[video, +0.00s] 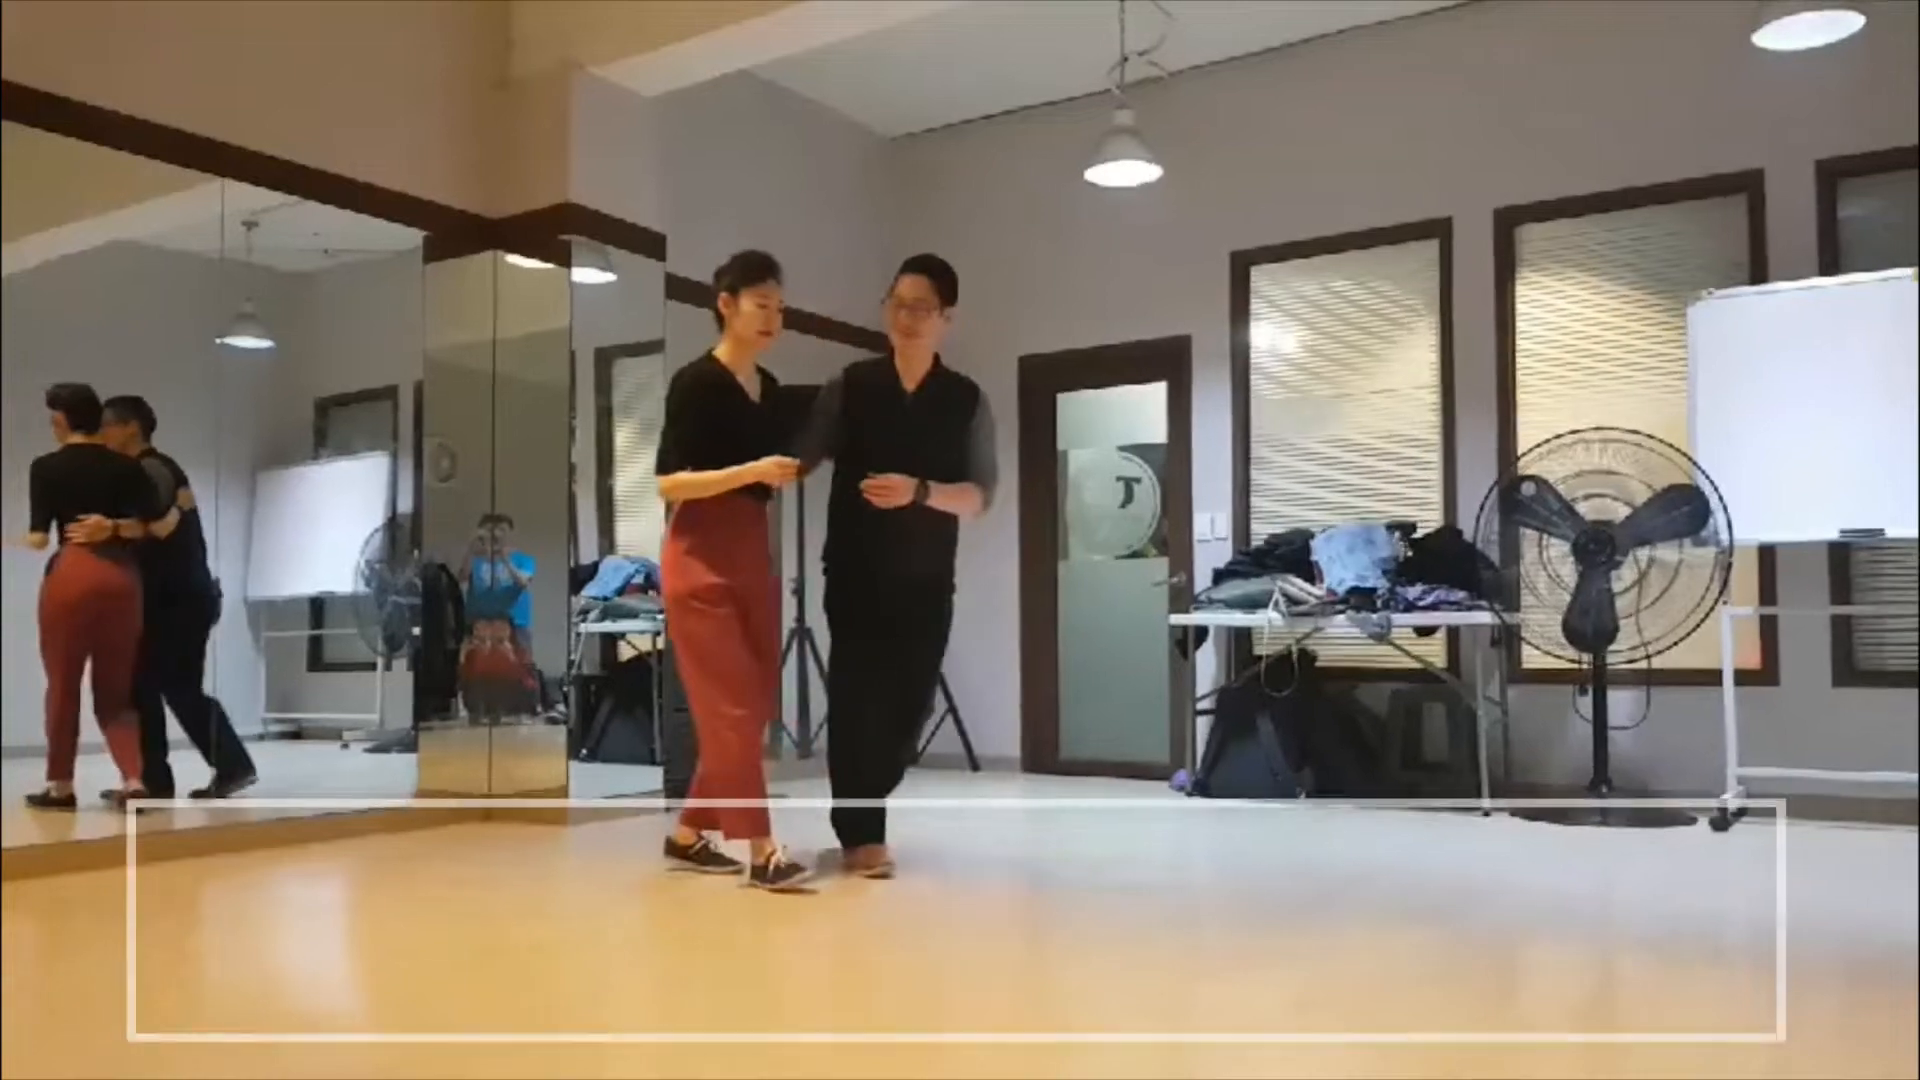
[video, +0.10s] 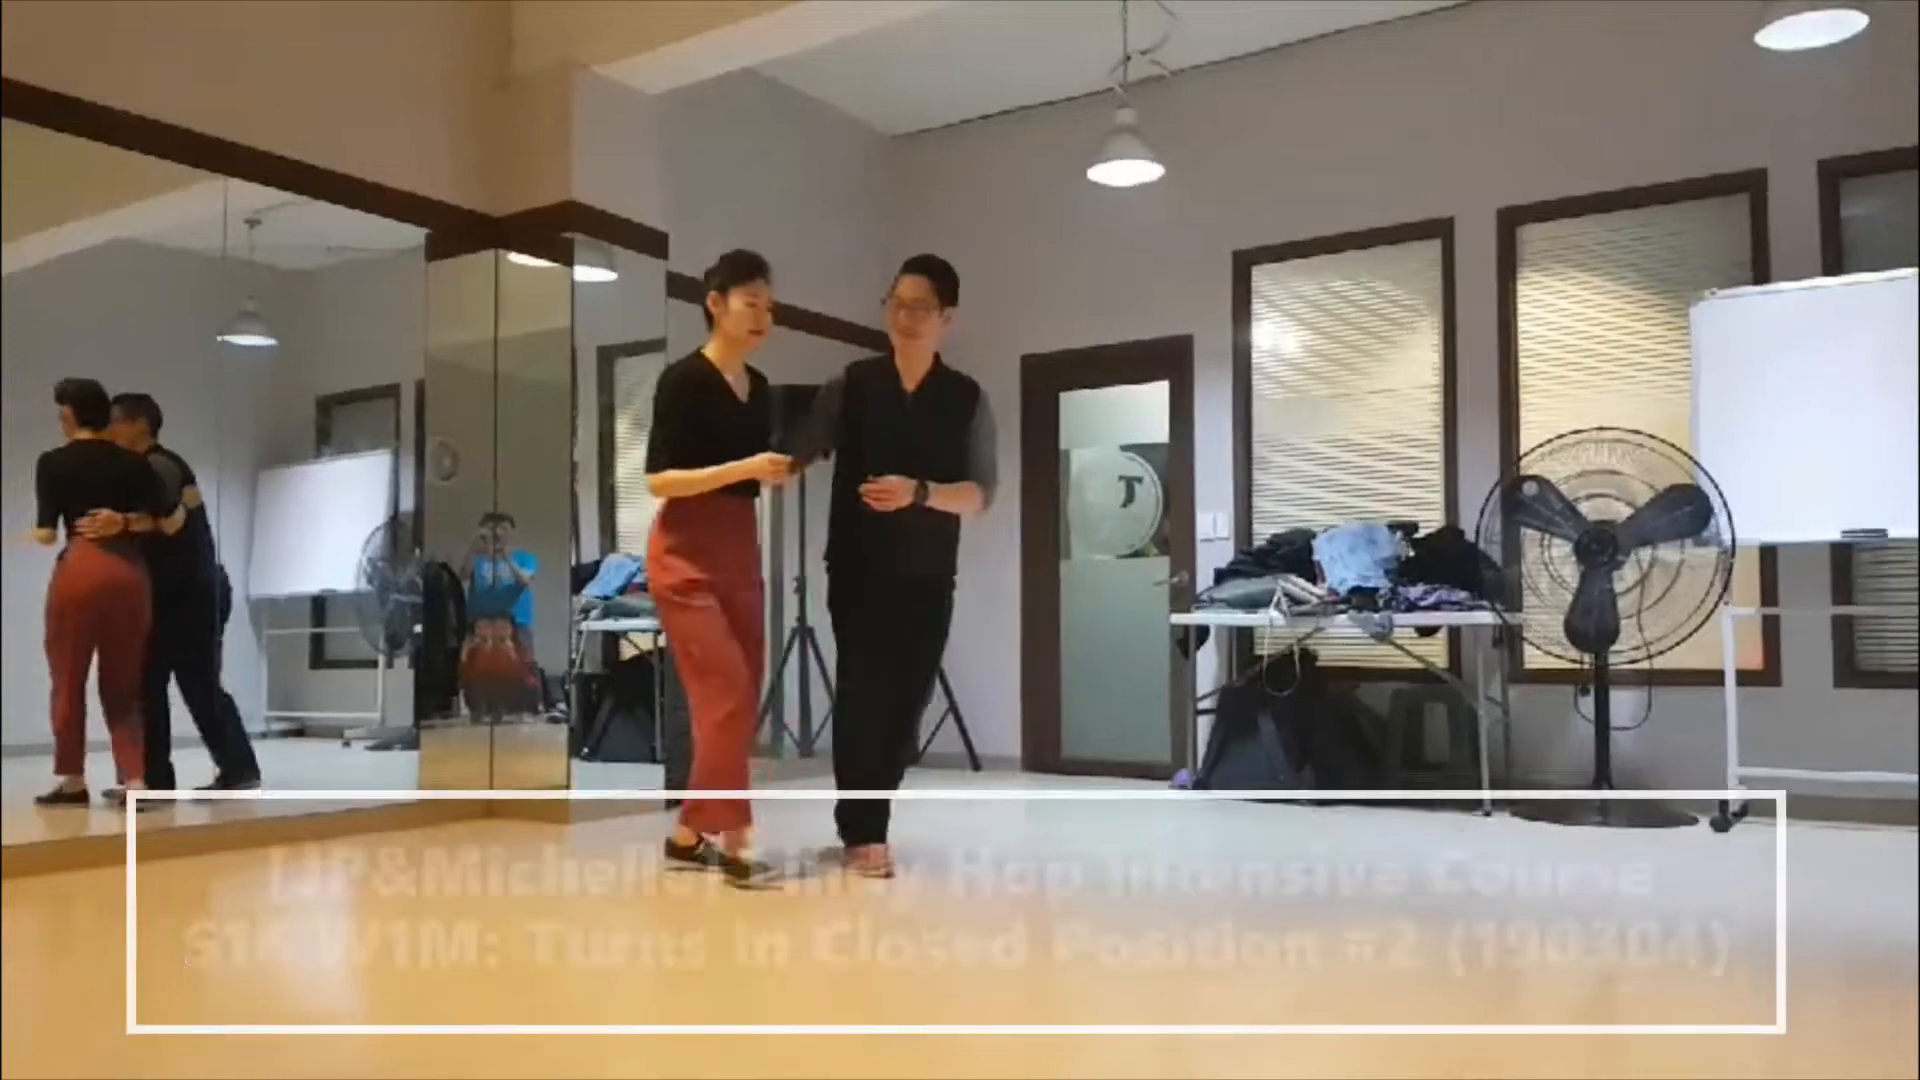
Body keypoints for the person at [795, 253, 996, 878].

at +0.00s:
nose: (906, 316)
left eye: (920, 307)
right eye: (898, 303)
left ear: (946, 317)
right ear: (884, 310)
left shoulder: (966, 398)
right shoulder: (850, 384)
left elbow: (978, 497)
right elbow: (800, 458)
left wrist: (917, 491)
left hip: (924, 574)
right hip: (854, 568)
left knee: (908, 701)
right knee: (856, 694)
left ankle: (860, 817)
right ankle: (862, 839)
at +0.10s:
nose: (906, 315)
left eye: (920, 306)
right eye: (898, 303)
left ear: (947, 317)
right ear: (884, 310)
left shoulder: (967, 397)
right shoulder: (851, 383)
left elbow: (979, 495)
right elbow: (797, 452)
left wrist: (917, 492)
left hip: (926, 571)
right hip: (857, 566)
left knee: (904, 699)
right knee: (863, 691)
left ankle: (866, 825)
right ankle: (863, 836)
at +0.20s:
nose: (903, 311)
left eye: (918, 302)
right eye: (896, 299)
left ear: (946, 312)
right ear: (884, 305)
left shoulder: (967, 389)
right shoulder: (853, 376)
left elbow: (981, 487)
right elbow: (798, 443)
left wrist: (918, 484)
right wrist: (772, 458)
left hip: (927, 566)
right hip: (860, 560)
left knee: (903, 698)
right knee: (866, 689)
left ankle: (874, 830)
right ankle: (857, 830)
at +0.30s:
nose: (900, 309)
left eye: (915, 300)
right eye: (892, 297)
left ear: (943, 309)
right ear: (882, 303)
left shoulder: (967, 385)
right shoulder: (852, 374)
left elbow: (981, 482)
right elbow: (798, 439)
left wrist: (919, 477)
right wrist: (770, 456)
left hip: (929, 560)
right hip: (861, 555)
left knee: (904, 694)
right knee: (870, 685)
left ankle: (872, 829)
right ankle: (860, 830)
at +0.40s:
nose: (894, 309)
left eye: (909, 300)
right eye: (887, 298)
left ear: (941, 309)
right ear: (879, 304)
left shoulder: (967, 387)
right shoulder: (853, 375)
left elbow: (981, 483)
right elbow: (802, 438)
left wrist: (920, 479)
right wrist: (776, 455)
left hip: (929, 562)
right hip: (863, 557)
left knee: (904, 694)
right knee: (872, 685)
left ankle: (871, 828)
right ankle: (861, 828)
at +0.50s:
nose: (892, 317)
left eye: (907, 306)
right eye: (884, 305)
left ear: (936, 316)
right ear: (874, 313)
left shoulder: (964, 394)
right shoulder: (852, 385)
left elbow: (979, 492)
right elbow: (808, 449)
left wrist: (917, 490)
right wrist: (787, 453)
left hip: (929, 575)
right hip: (863, 571)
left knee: (901, 709)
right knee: (866, 701)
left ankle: (873, 834)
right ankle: (858, 836)